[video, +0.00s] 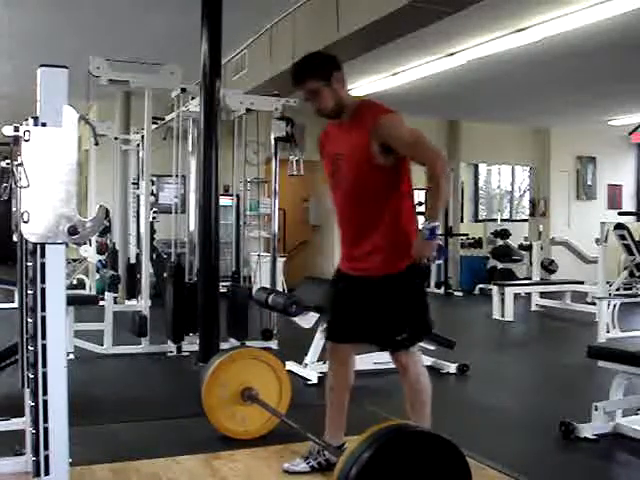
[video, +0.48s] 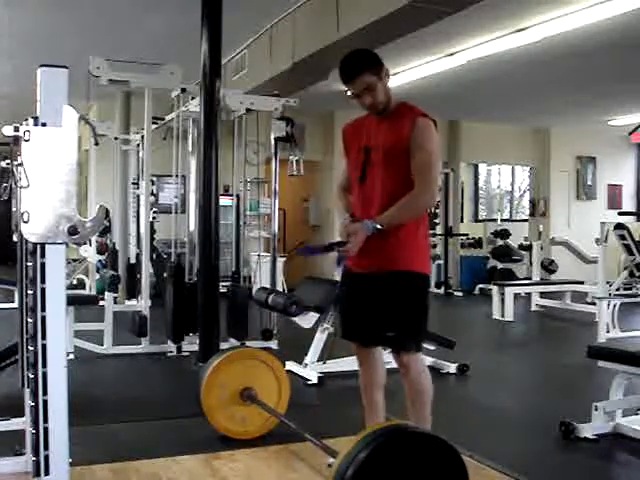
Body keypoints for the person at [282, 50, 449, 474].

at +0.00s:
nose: (312, 104)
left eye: (316, 94)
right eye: (307, 98)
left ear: (338, 81)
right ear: (308, 97)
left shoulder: (381, 121)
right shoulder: (328, 137)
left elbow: (438, 163)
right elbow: (346, 197)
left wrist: (430, 231)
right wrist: (349, 252)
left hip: (397, 265)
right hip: (352, 266)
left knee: (405, 358)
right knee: (339, 353)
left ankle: (423, 444)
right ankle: (332, 446)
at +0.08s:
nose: (318, 104)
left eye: (320, 94)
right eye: (312, 98)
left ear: (342, 80)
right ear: (314, 95)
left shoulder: (386, 121)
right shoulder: (331, 135)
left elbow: (441, 159)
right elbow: (347, 196)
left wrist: (434, 229)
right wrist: (352, 250)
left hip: (399, 264)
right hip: (355, 265)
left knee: (407, 358)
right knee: (341, 352)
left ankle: (423, 444)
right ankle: (332, 446)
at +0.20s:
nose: (342, 102)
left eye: (346, 91)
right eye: (334, 96)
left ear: (363, 76)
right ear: (328, 93)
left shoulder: (404, 118)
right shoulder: (342, 132)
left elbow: (456, 166)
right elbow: (362, 193)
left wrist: (425, 228)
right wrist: (357, 238)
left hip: (405, 263)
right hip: (360, 262)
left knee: (411, 357)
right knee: (344, 343)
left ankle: (419, 447)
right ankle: (347, 441)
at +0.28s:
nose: (354, 101)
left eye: (358, 90)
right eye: (345, 95)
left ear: (374, 74)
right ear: (337, 93)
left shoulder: (409, 120)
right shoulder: (348, 130)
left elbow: (450, 181)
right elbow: (363, 189)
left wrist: (403, 230)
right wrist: (346, 223)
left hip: (410, 265)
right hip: (363, 263)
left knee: (411, 357)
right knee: (350, 344)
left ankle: (421, 444)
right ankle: (370, 439)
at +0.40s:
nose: (363, 100)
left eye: (367, 89)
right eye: (354, 94)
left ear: (384, 75)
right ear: (348, 91)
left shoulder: (418, 126)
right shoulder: (352, 131)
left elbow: (432, 196)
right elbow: (349, 185)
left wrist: (378, 227)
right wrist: (349, 219)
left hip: (407, 261)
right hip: (364, 262)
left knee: (411, 357)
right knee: (364, 348)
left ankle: (421, 444)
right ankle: (375, 437)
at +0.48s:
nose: (365, 100)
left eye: (369, 90)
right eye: (356, 94)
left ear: (386, 77)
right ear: (350, 92)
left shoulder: (418, 125)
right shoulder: (353, 132)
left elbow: (426, 195)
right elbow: (344, 188)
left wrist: (372, 225)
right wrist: (351, 219)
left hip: (404, 261)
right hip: (361, 262)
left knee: (407, 356)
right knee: (366, 350)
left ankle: (419, 444)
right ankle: (375, 438)